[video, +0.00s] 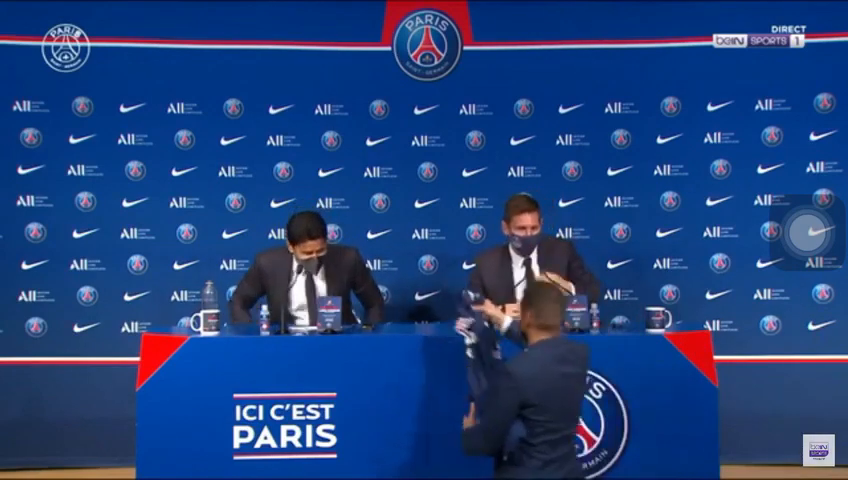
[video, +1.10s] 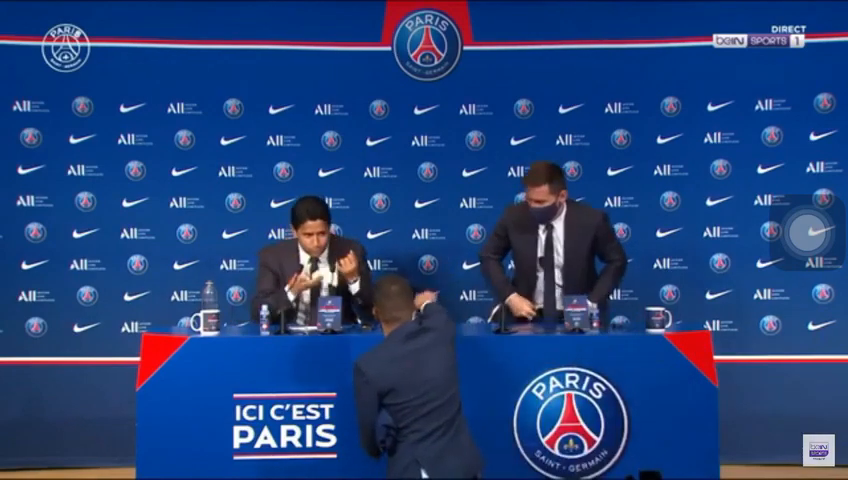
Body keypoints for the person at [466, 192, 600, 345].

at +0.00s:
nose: (528, 236)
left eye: (534, 229)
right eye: (521, 229)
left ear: (541, 225)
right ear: (506, 228)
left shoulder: (562, 250)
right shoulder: (487, 262)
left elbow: (593, 291)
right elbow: (474, 306)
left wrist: (569, 289)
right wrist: (501, 312)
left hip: (556, 340)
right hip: (505, 344)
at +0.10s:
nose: (527, 236)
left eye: (532, 229)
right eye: (520, 230)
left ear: (539, 226)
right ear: (503, 228)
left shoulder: (561, 251)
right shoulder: (487, 261)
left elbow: (594, 290)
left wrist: (571, 299)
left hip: (557, 341)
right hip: (504, 345)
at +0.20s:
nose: (525, 236)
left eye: (531, 229)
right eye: (518, 230)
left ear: (538, 225)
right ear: (503, 229)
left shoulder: (559, 250)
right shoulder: (486, 261)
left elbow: (592, 288)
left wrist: (569, 310)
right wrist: (474, 299)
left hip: (556, 344)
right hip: (508, 348)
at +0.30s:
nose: (525, 235)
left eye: (530, 228)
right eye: (518, 229)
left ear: (538, 223)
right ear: (503, 227)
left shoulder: (559, 250)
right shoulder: (485, 261)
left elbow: (591, 288)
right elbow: (478, 316)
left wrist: (572, 317)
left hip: (556, 342)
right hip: (506, 345)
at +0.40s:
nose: (528, 232)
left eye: (533, 225)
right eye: (521, 225)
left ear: (543, 221)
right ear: (506, 223)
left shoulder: (563, 250)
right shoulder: (490, 257)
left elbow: (592, 287)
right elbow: (467, 298)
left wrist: (579, 320)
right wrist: (490, 328)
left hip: (555, 341)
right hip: (507, 342)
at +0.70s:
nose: (528, 222)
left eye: (536, 216)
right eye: (524, 215)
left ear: (555, 213)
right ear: (519, 210)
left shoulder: (580, 242)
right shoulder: (505, 239)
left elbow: (608, 283)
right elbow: (475, 278)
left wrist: (587, 316)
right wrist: (496, 314)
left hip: (565, 342)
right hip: (516, 343)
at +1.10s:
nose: (533, 208)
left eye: (540, 202)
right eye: (529, 201)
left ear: (562, 197)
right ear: (525, 195)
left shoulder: (591, 220)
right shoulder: (514, 218)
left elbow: (617, 261)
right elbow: (489, 257)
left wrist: (591, 304)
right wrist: (511, 297)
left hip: (576, 322)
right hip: (528, 321)